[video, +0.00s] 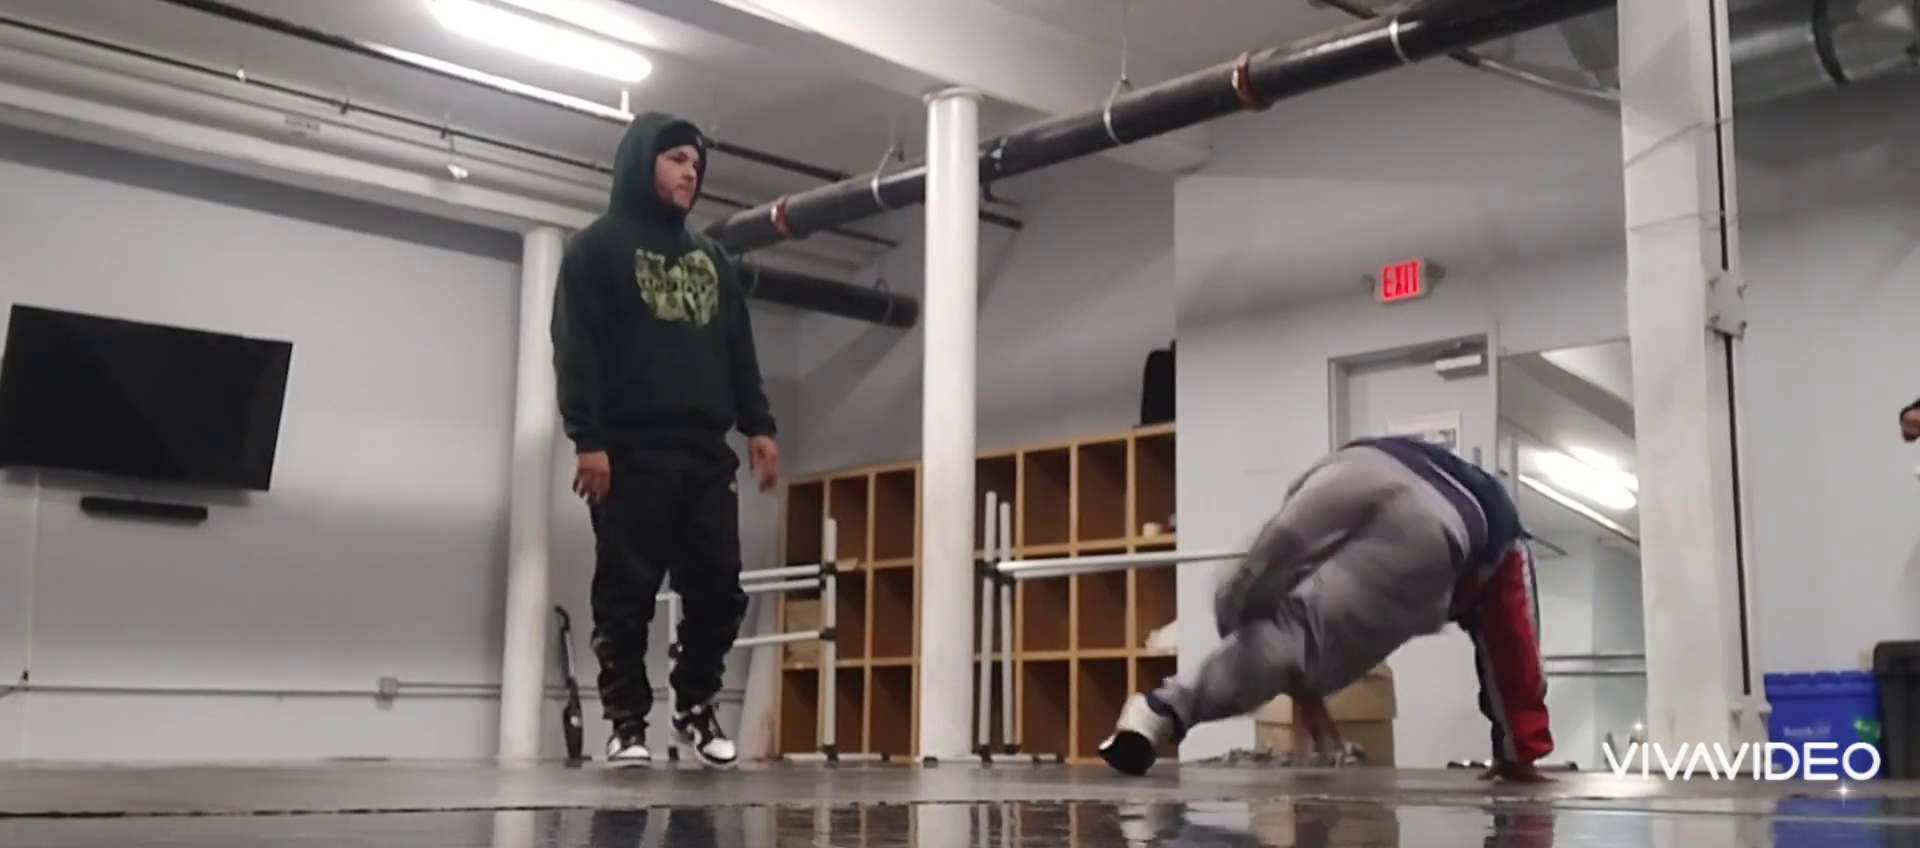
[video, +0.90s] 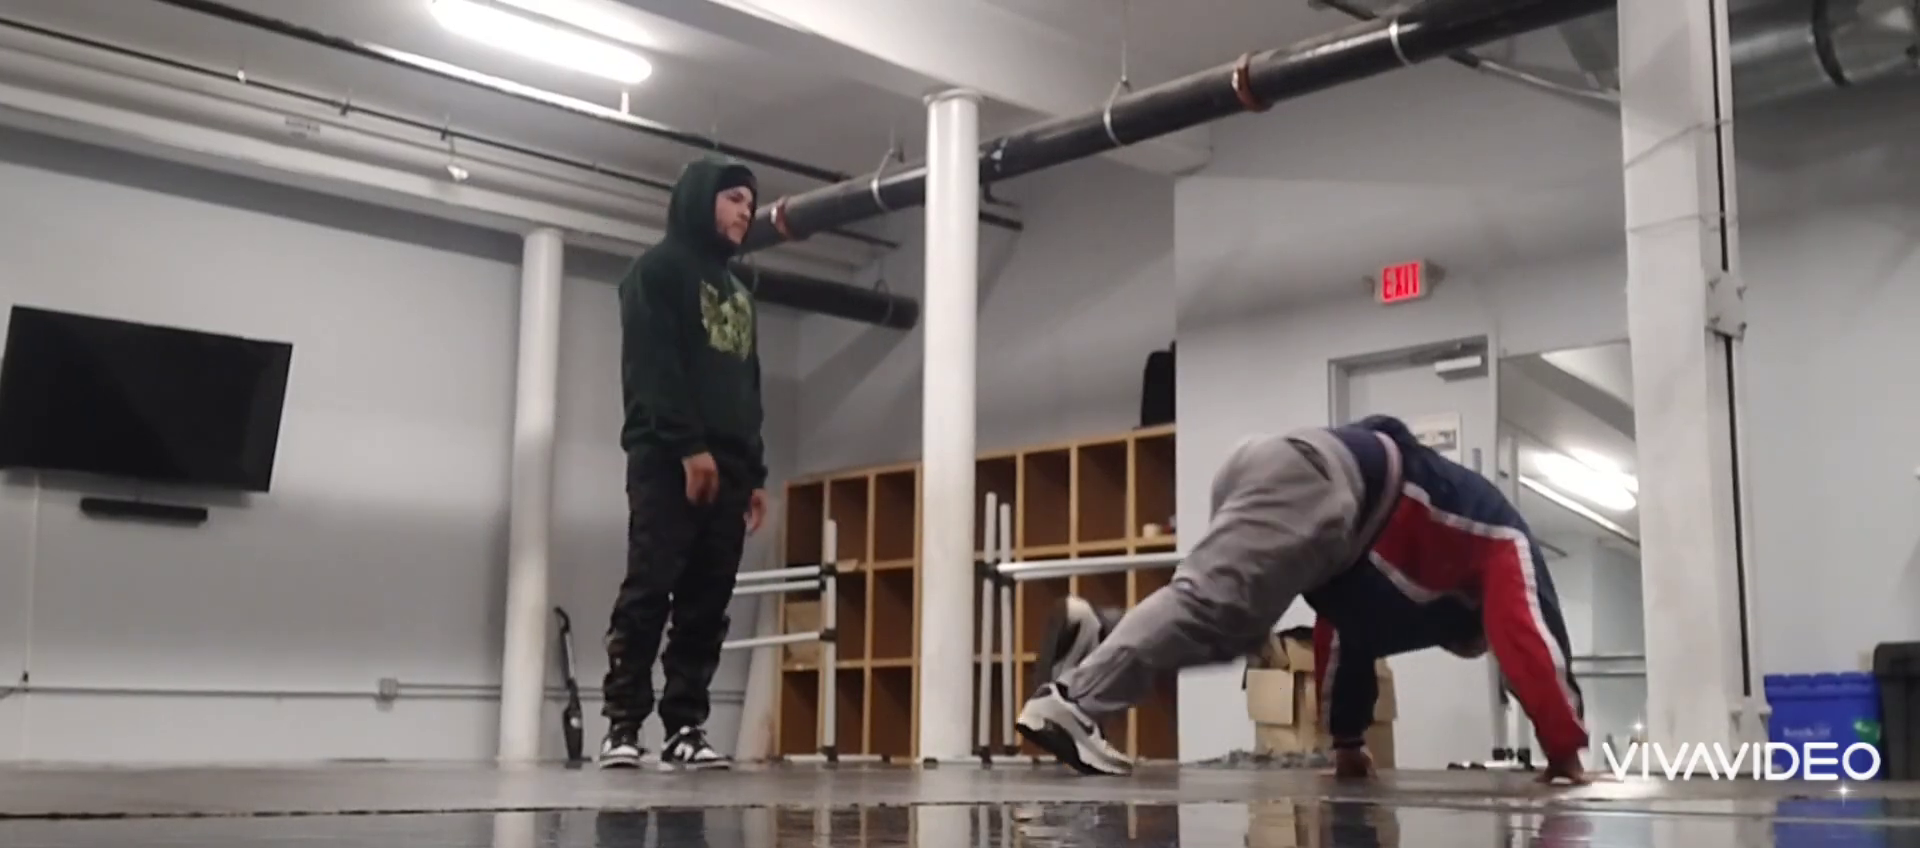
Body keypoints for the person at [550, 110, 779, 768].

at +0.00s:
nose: (689, 172)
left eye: (696, 164)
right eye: (677, 158)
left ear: (698, 177)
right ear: (642, 163)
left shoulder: (712, 256)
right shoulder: (596, 248)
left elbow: (739, 348)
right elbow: (575, 348)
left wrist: (759, 427)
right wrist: (589, 444)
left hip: (705, 450)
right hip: (630, 449)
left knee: (718, 591)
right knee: (626, 592)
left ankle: (695, 713)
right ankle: (627, 725)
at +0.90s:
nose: (744, 212)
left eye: (749, 204)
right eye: (733, 199)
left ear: (748, 215)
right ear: (699, 201)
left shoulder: (737, 290)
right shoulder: (657, 269)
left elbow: (746, 387)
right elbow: (655, 369)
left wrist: (752, 475)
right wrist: (689, 445)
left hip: (725, 459)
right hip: (663, 452)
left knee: (705, 599)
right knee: (650, 586)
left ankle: (684, 731)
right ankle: (624, 727)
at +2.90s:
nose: (776, 248)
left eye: (781, 242)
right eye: (766, 237)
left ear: (781, 253)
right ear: (734, 241)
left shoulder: (777, 325)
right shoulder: (691, 307)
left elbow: (793, 409)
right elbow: (676, 392)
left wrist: (805, 477)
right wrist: (690, 469)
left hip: (771, 489)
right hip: (713, 484)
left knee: (763, 617)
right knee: (685, 610)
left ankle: (758, 735)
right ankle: (649, 734)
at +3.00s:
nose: (789, 251)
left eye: (794, 244)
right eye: (779, 239)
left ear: (795, 255)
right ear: (748, 241)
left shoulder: (787, 325)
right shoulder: (707, 308)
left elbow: (804, 409)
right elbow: (697, 394)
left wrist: (817, 481)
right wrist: (711, 471)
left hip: (785, 489)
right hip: (730, 485)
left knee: (770, 615)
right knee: (703, 607)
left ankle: (758, 735)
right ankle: (655, 732)